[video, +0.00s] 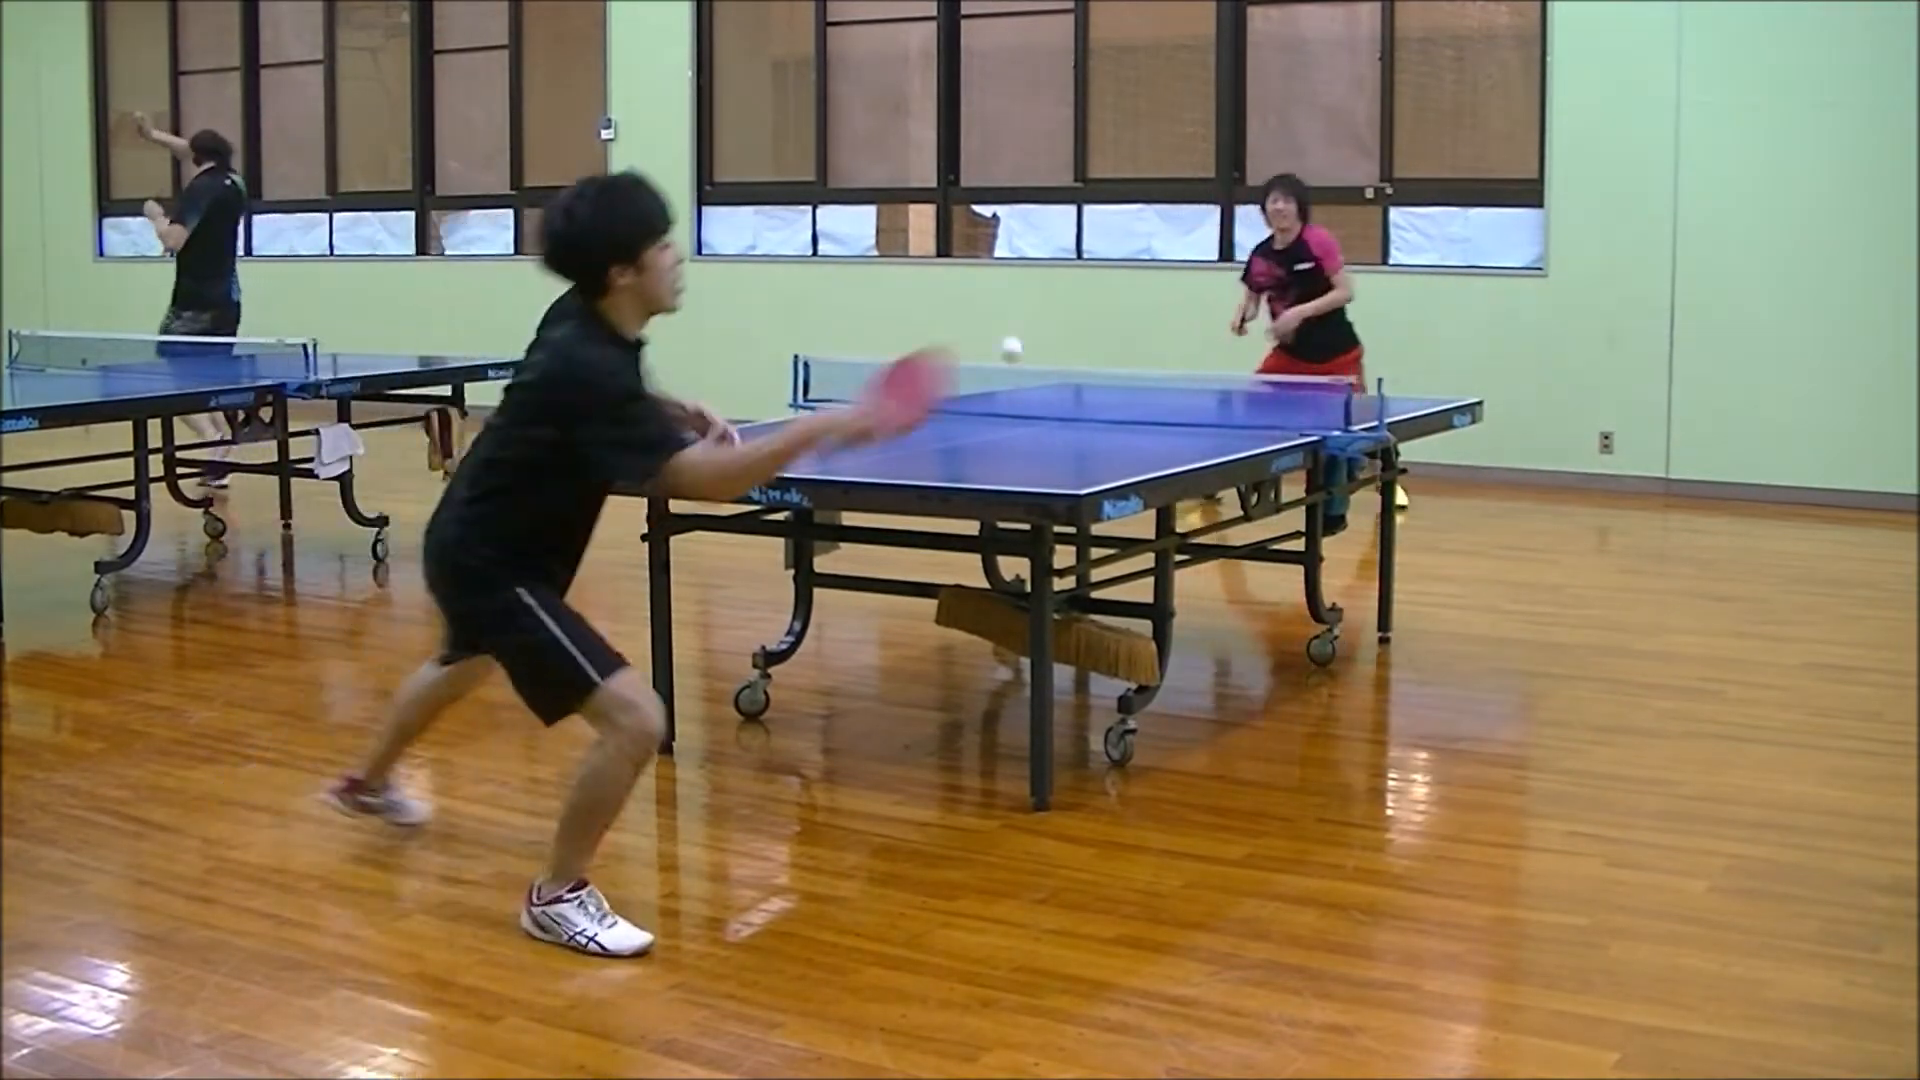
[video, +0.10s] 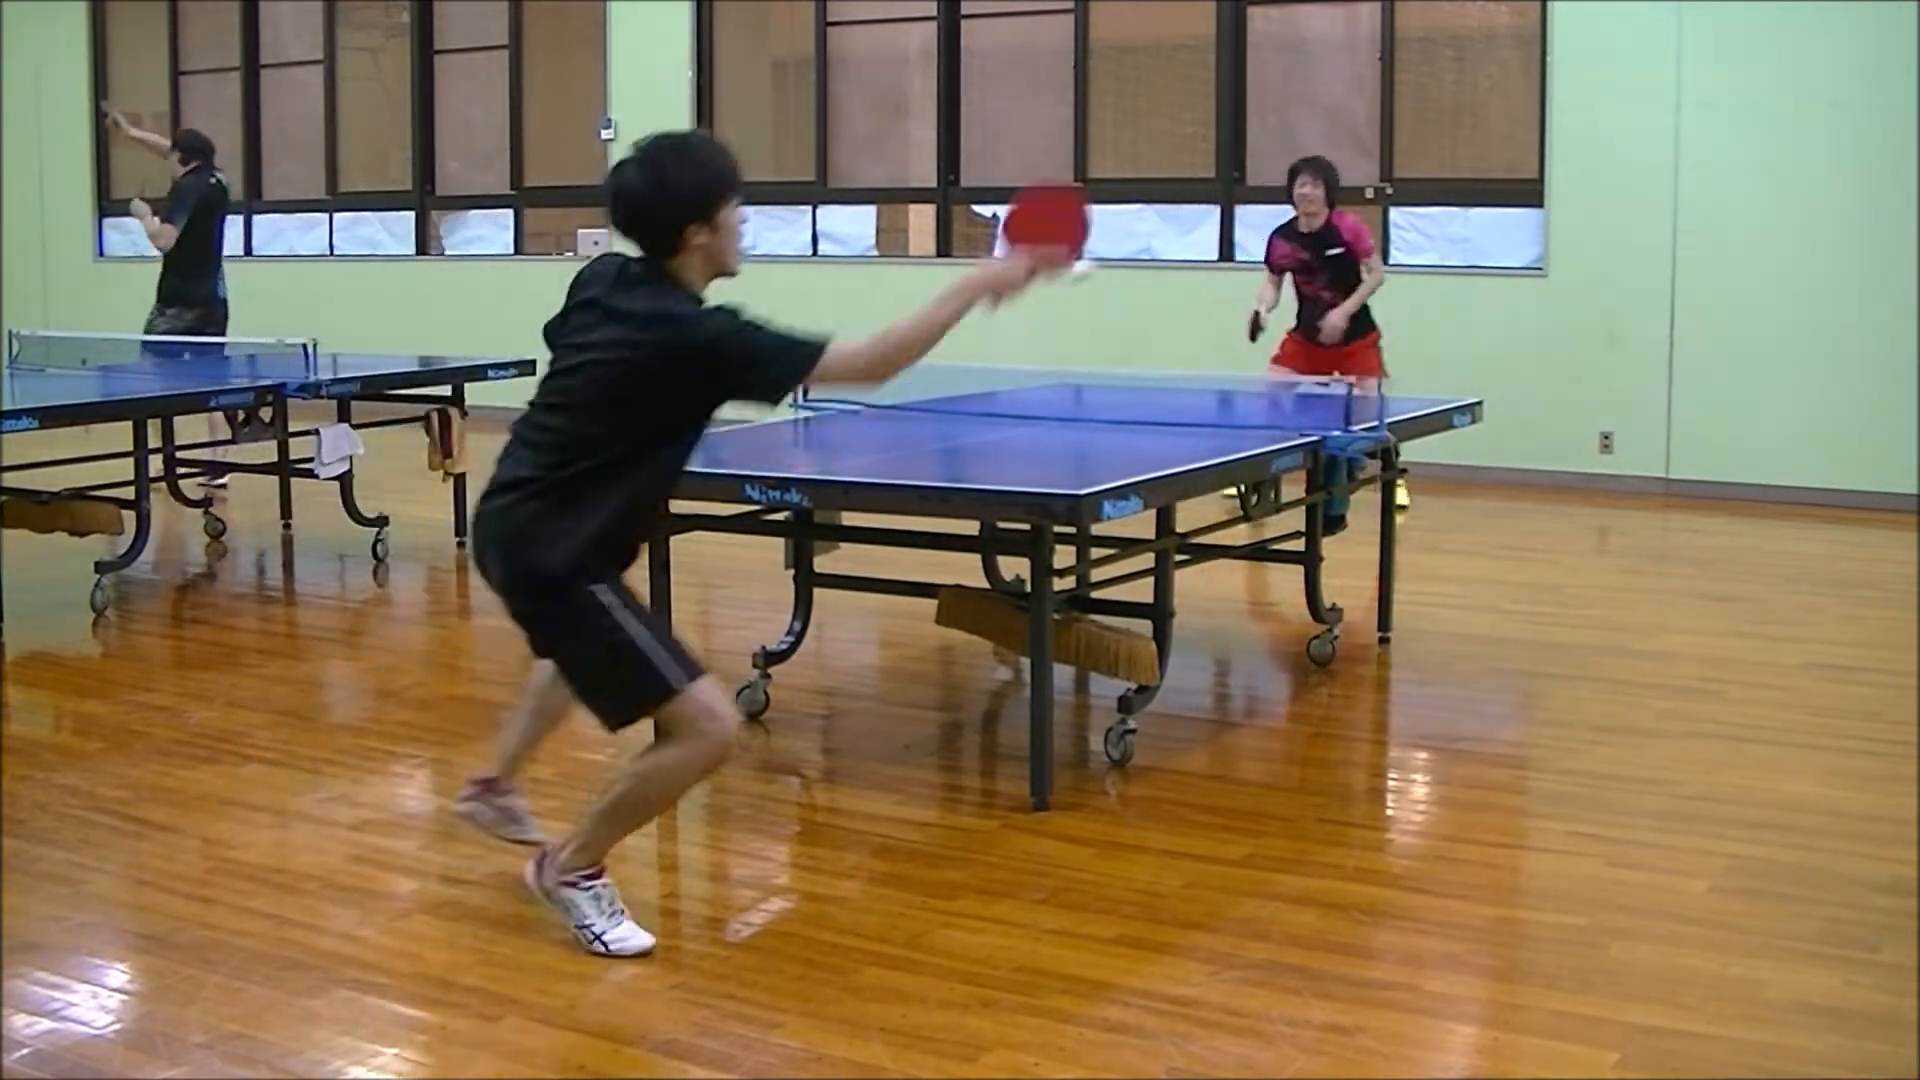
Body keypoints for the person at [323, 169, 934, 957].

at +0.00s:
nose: (679, 258)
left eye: (673, 244)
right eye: (665, 248)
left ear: (618, 271)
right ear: (620, 274)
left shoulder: (587, 324)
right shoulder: (588, 370)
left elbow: (599, 406)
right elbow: (707, 477)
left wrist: (674, 415)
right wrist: (821, 428)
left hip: (477, 547)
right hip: (492, 568)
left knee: (464, 664)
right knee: (635, 722)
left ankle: (366, 778)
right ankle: (558, 894)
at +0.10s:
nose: (743, 225)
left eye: (737, 209)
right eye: (733, 213)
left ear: (662, 229)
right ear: (695, 234)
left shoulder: (602, 282)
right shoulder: (695, 333)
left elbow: (562, 350)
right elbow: (870, 362)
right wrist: (978, 284)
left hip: (511, 523)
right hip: (547, 553)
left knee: (591, 640)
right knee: (709, 729)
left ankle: (495, 784)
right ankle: (569, 868)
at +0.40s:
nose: (875, 331)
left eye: (866, 318)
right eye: (872, 320)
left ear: (779, 338)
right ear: (861, 332)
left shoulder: (733, 438)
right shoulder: (900, 425)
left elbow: (672, 589)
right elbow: (1044, 492)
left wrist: (717, 622)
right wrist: (1112, 409)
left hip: (734, 678)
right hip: (849, 679)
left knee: (722, 745)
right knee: (1031, 844)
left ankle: (674, 916)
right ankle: (1104, 1028)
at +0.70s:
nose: (687, 223)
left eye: (682, 211)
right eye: (682, 213)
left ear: (585, 229)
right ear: (668, 226)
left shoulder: (539, 304)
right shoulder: (697, 312)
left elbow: (414, 322)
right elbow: (776, 420)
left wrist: (419, 268)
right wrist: (820, 433)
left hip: (558, 583)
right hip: (660, 576)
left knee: (595, 746)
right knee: (808, 737)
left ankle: (652, 920)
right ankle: (838, 962)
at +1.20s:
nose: (363, 292)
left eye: (360, 278)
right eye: (358, 280)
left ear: (288, 293)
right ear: (333, 297)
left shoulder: (265, 356)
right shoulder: (302, 389)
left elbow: (286, 454)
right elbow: (342, 528)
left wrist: (366, 486)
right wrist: (449, 500)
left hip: (173, 579)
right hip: (215, 597)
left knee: (214, 686)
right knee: (376, 717)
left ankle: (111, 803)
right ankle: (279, 893)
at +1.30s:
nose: (340, 280)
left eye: (337, 267)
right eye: (335, 268)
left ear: (277, 279)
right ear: (309, 282)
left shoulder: (258, 343)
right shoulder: (256, 372)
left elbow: (294, 423)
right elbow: (292, 520)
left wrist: (366, 449)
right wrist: (406, 510)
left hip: (168, 548)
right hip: (171, 565)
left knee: (225, 647)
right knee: (314, 693)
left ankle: (117, 786)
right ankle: (277, 893)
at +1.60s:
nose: (267, 256)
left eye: (262, 241)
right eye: (257, 244)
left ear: (211, 261)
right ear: (222, 267)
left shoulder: (194, 316)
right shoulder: (171, 356)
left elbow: (198, 389)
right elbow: (165, 501)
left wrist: (242, 381)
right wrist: (250, 434)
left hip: (164, 529)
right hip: (129, 544)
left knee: (195, 649)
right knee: (245, 682)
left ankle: (110, 783)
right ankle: (169, 870)